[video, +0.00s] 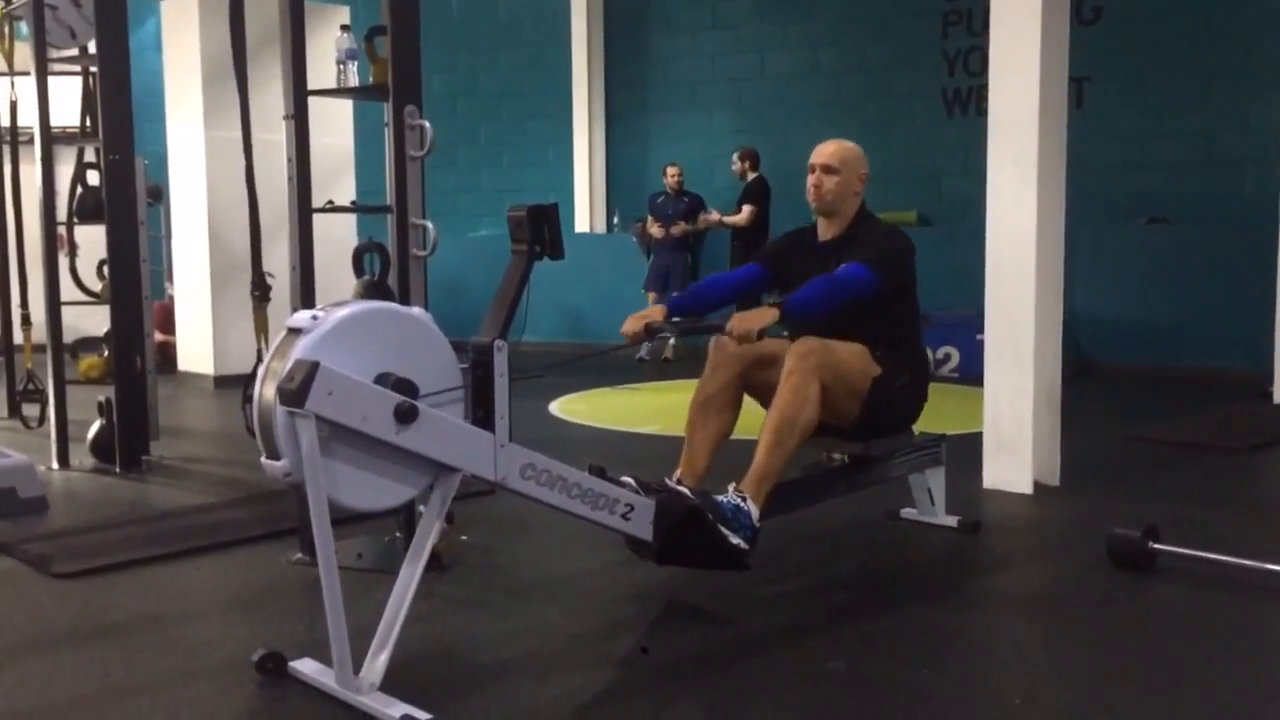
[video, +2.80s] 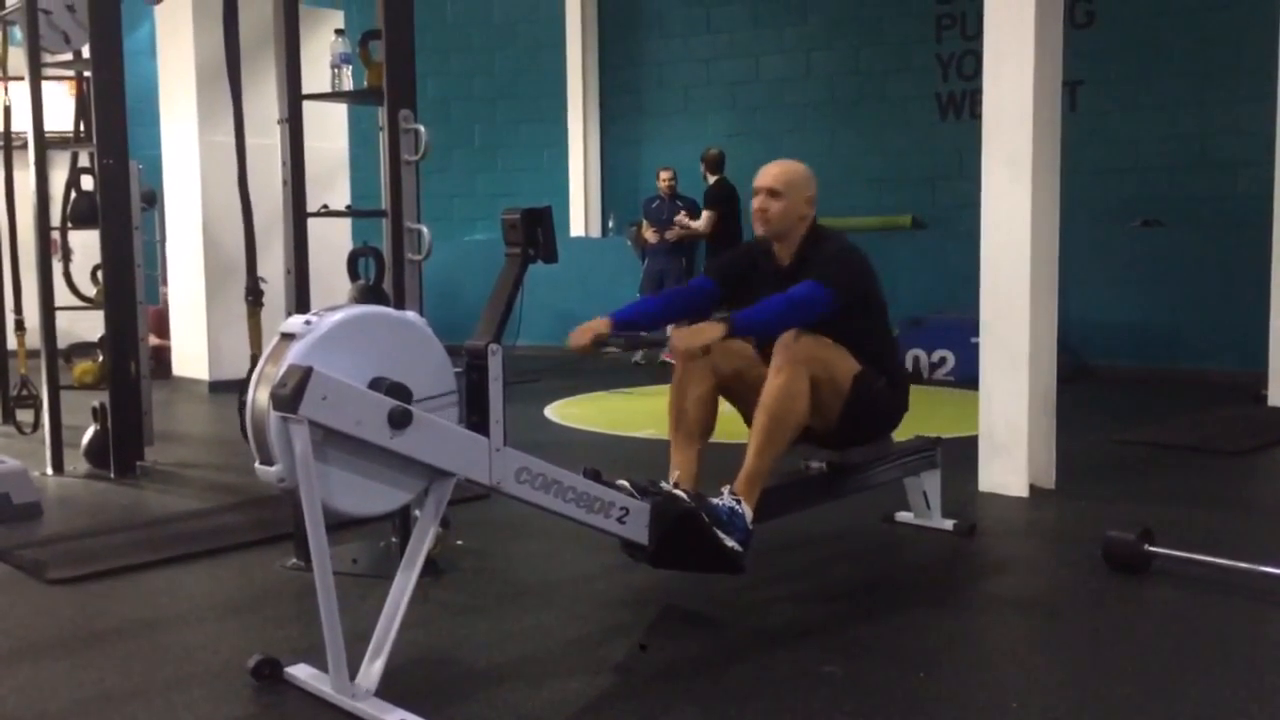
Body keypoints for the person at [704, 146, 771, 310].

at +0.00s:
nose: (732, 168)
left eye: (735, 163)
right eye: (732, 163)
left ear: (746, 164)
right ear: (746, 164)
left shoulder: (755, 185)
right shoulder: (753, 184)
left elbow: (745, 219)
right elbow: (742, 216)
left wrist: (719, 219)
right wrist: (719, 218)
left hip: (747, 251)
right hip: (746, 248)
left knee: (746, 301)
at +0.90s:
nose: (733, 152)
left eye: (733, 148)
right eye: (735, 148)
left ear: (735, 150)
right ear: (753, 150)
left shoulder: (742, 174)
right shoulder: (757, 173)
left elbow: (734, 210)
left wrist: (727, 239)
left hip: (741, 241)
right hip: (752, 239)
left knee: (739, 289)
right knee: (747, 287)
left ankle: (742, 337)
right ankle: (748, 335)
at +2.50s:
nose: (711, 171)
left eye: (711, 167)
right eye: (712, 167)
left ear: (714, 170)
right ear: (732, 166)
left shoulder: (727, 192)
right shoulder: (739, 189)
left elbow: (730, 225)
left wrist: (710, 245)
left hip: (726, 260)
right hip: (738, 259)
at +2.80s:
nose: (700, 168)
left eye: (701, 165)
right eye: (701, 164)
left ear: (704, 167)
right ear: (722, 165)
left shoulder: (714, 191)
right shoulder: (730, 188)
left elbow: (704, 227)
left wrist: (686, 222)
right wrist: (690, 222)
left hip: (718, 257)